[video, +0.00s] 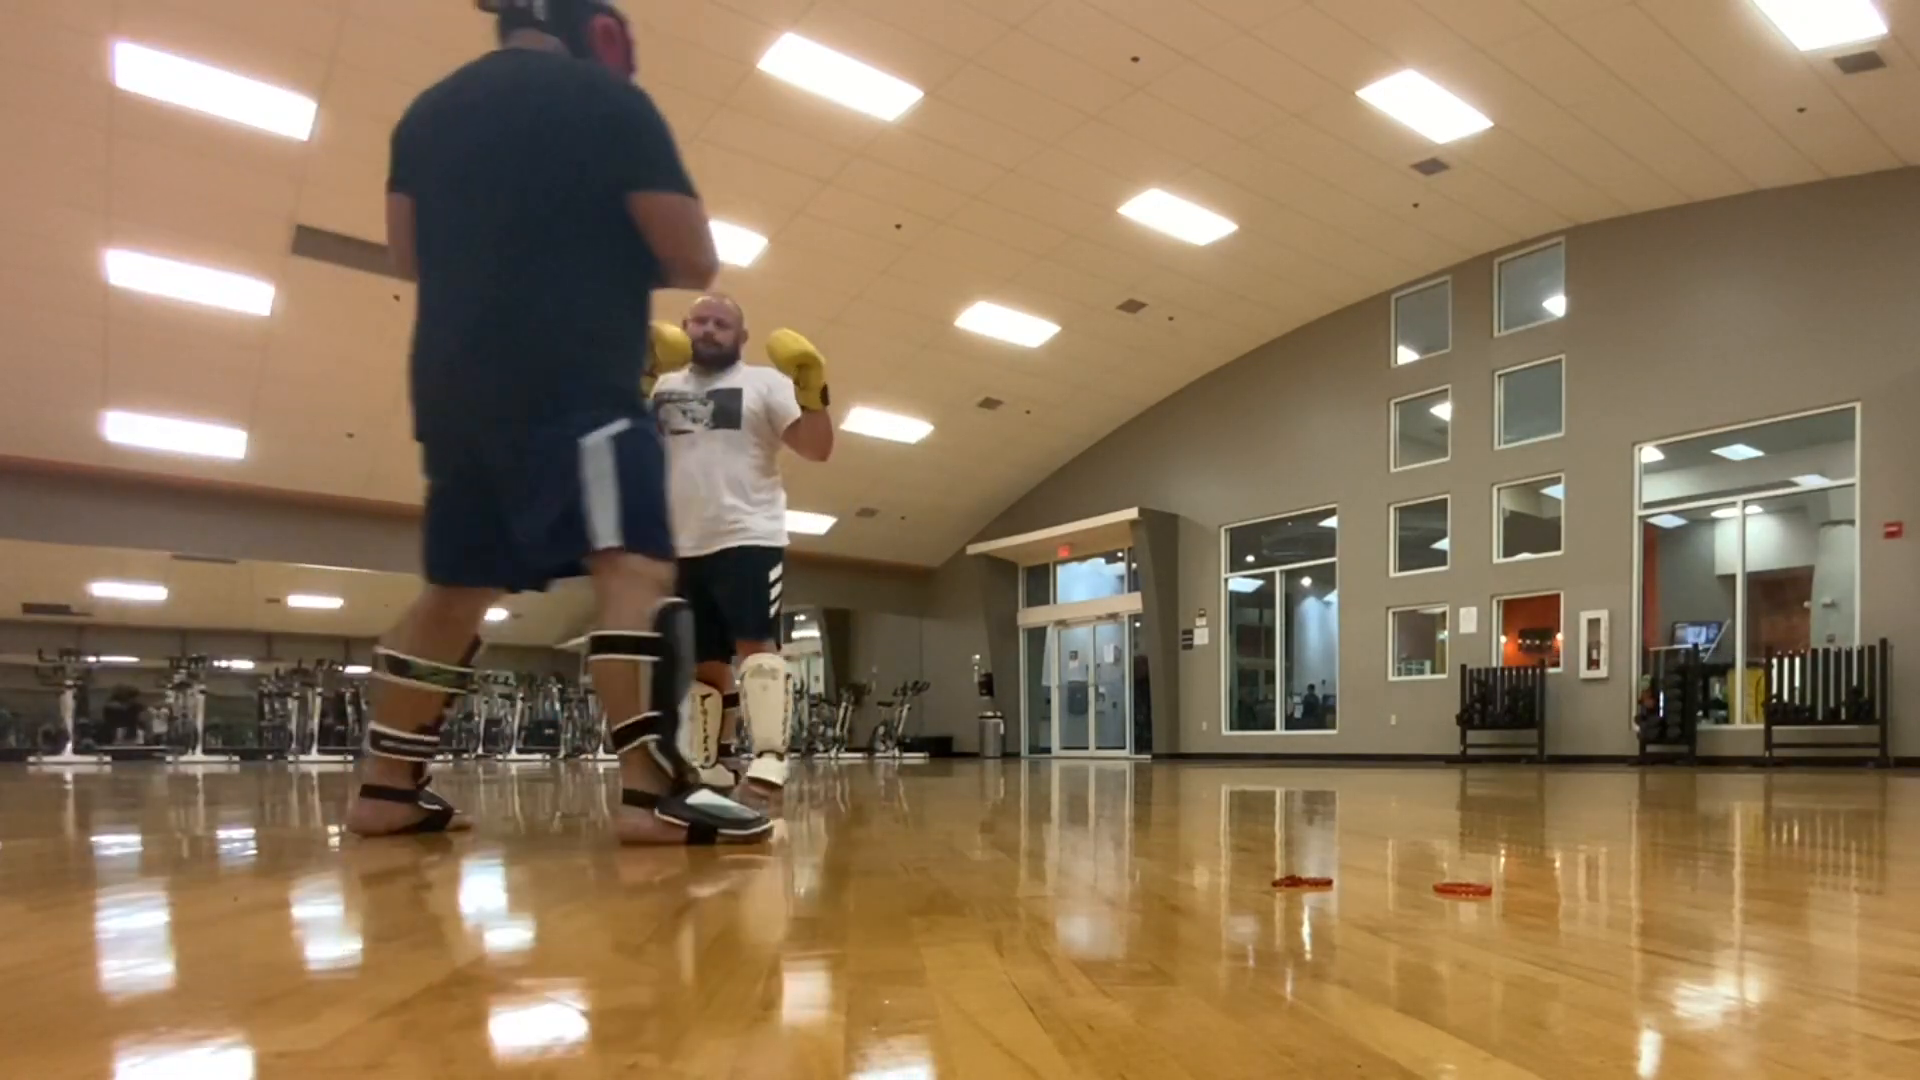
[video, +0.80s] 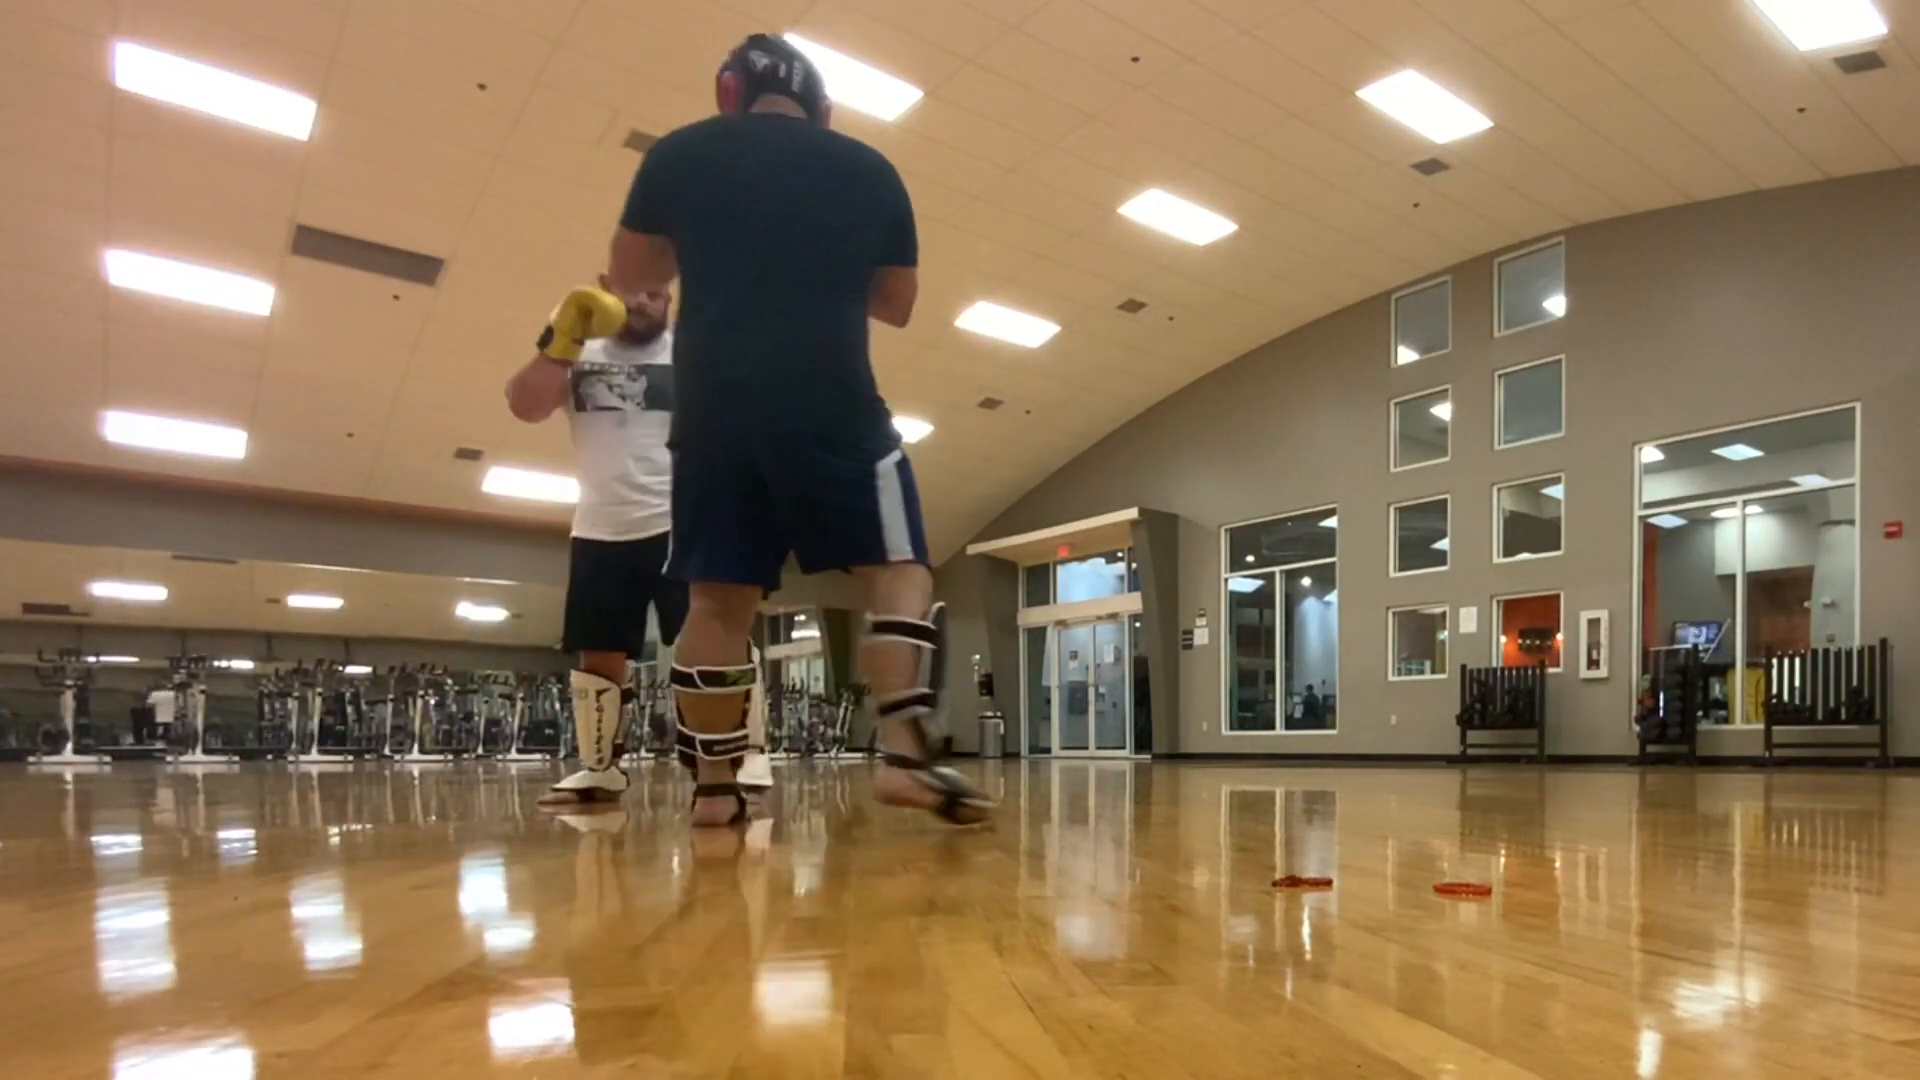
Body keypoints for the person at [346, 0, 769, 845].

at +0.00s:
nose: (628, 62)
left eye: (628, 47)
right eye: (624, 43)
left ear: (506, 24)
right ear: (599, 30)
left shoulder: (429, 108)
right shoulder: (610, 102)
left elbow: (407, 255)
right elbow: (692, 257)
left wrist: (506, 250)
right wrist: (605, 232)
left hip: (456, 386)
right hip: (580, 382)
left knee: (459, 585)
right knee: (633, 569)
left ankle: (386, 788)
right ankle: (648, 790)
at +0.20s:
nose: (724, 56)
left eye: (724, 43)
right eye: (722, 41)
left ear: (606, 21)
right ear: (704, 31)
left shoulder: (517, 77)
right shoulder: (727, 108)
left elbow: (447, 190)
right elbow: (787, 262)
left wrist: (549, 197)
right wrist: (708, 211)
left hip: (534, 368)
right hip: (656, 369)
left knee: (564, 555)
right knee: (671, 564)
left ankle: (515, 754)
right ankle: (649, 792)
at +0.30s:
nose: (753, 58)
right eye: (748, 45)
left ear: (632, 24)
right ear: (728, 42)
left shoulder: (555, 73)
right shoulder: (767, 118)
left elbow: (493, 193)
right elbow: (818, 271)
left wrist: (593, 186)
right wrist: (739, 215)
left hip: (565, 373)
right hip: (689, 376)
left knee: (602, 573)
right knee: (667, 573)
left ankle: (626, 778)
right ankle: (650, 795)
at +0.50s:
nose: (791, 96)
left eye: (670, 54)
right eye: (790, 87)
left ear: (677, 61)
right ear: (775, 85)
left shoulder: (608, 118)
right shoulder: (810, 155)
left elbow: (537, 234)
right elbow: (847, 302)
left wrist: (636, 234)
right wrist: (764, 256)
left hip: (634, 393)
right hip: (747, 391)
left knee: (670, 587)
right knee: (741, 576)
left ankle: (683, 782)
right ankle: (657, 780)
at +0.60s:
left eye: (680, 73)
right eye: (797, 95)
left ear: (688, 75)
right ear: (783, 94)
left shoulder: (627, 132)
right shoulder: (825, 156)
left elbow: (556, 244)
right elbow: (865, 303)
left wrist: (636, 276)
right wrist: (775, 291)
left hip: (661, 403)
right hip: (775, 401)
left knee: (694, 603)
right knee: (816, 580)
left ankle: (713, 790)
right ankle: (719, 730)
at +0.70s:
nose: (693, 94)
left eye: (695, 84)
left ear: (703, 82)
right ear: (795, 99)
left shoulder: (650, 147)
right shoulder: (841, 160)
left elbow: (594, 264)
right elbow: (882, 302)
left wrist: (682, 272)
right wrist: (792, 271)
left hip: (687, 415)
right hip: (802, 408)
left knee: (705, 597)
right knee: (877, 569)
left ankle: (715, 796)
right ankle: (800, 725)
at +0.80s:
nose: (718, 104)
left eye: (720, 94)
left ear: (728, 92)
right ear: (819, 107)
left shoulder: (682, 151)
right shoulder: (868, 168)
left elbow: (632, 274)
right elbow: (896, 305)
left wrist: (703, 236)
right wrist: (823, 259)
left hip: (716, 413)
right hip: (830, 406)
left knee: (720, 598)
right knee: (898, 567)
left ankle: (715, 790)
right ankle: (904, 748)